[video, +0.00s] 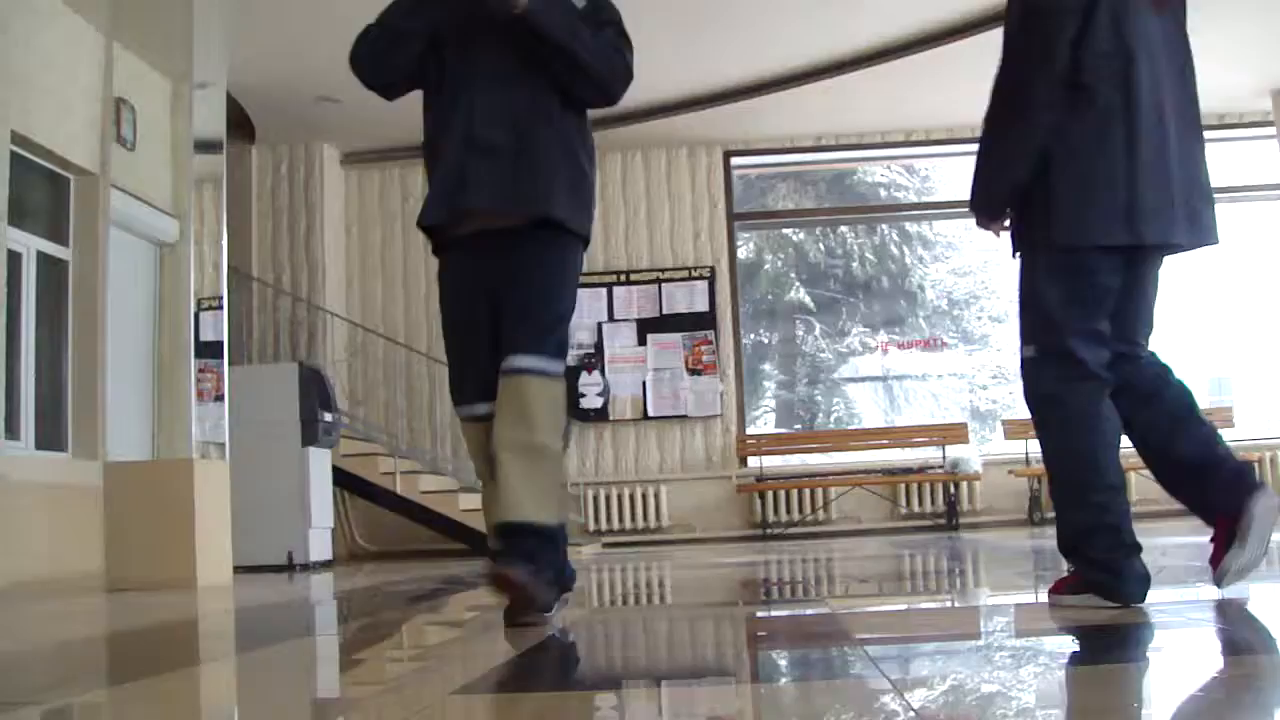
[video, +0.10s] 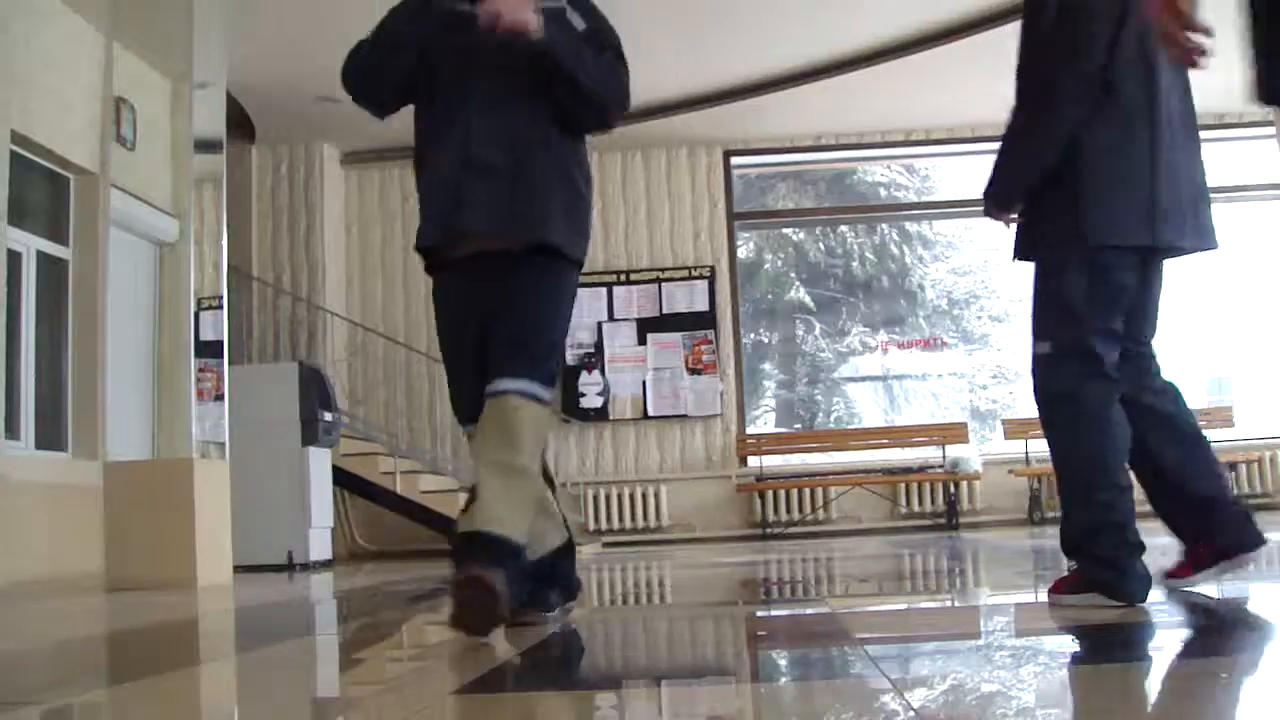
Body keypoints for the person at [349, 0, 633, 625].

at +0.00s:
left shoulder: (579, 7)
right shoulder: (441, 12)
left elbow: (609, 78)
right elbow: (373, 67)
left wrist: (532, 7)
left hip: (548, 197)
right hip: (461, 207)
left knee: (531, 371)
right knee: (477, 400)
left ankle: (528, 555)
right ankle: (535, 560)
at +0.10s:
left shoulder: (569, 12)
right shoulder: (432, 13)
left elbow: (610, 100)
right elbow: (365, 84)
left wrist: (544, 23)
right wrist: (441, 9)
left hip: (542, 230)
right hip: (454, 236)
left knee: (518, 391)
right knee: (482, 417)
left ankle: (487, 563)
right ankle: (548, 572)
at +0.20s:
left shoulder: (571, 12)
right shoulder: (413, 9)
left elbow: (595, 105)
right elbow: (370, 105)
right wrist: (426, 61)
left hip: (534, 230)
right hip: (441, 232)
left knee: (503, 393)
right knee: (464, 412)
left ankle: (475, 577)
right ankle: (536, 561)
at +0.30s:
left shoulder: (576, 15)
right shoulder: (408, 7)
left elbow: (580, 133)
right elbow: (385, 91)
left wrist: (572, 240)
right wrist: (403, 184)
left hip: (521, 228)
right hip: (427, 224)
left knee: (496, 405)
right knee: (435, 416)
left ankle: (470, 597)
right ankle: (493, 566)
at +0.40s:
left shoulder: (573, 16)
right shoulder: (409, 8)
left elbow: (598, 147)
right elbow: (370, 132)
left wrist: (623, 269)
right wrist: (341, 255)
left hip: (518, 253)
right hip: (417, 250)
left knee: (491, 422)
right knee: (393, 419)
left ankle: (469, 598)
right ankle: (400, 532)